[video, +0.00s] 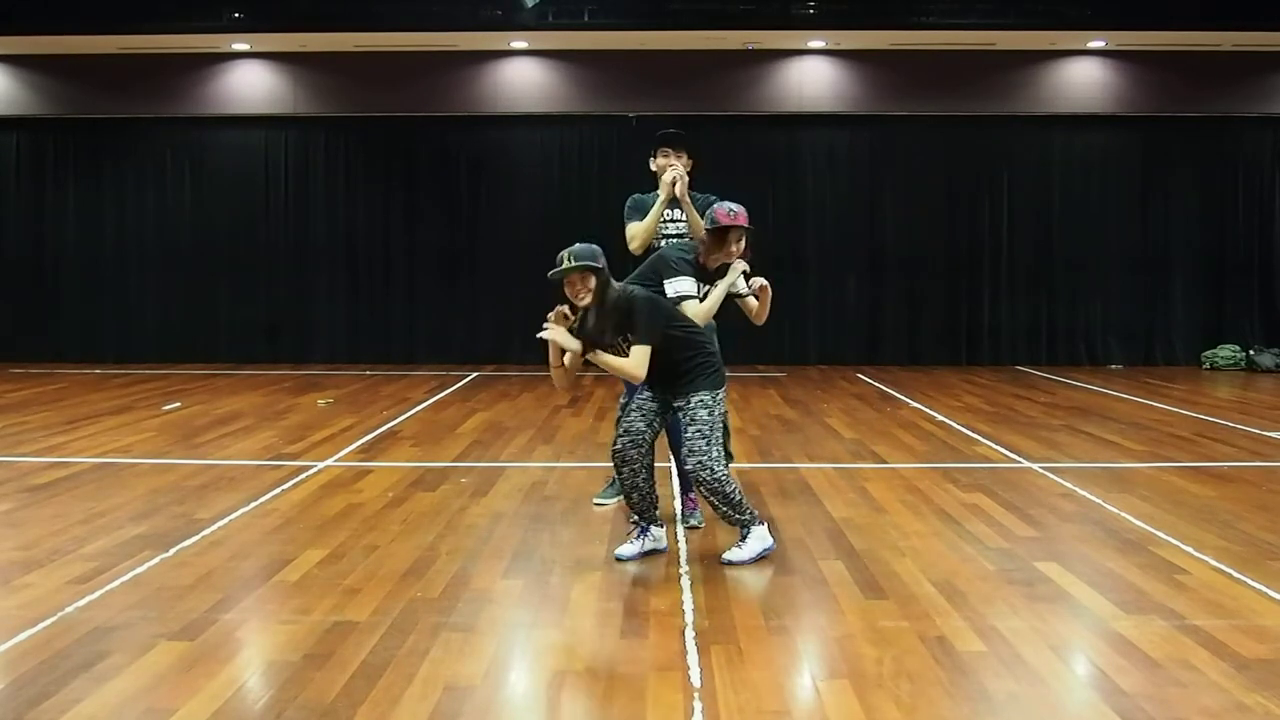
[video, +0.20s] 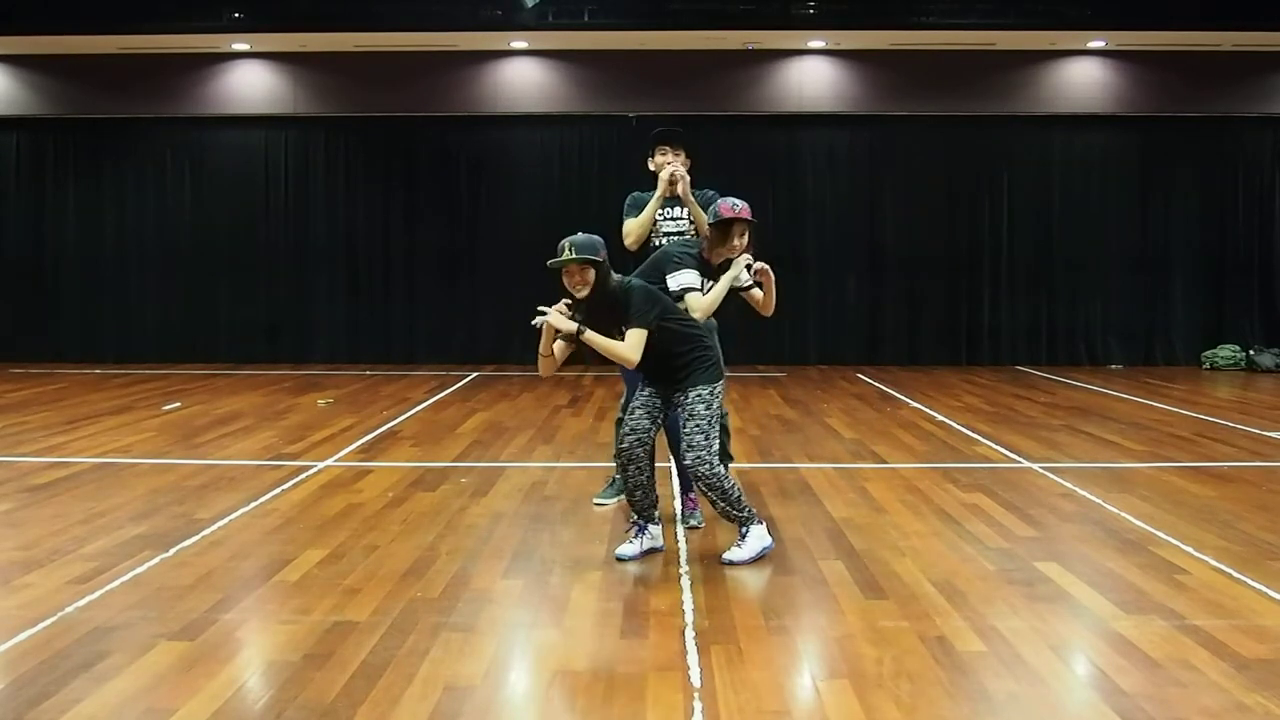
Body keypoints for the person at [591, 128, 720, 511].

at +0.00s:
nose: (671, 164)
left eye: (677, 157)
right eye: (664, 157)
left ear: (690, 164)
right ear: (652, 163)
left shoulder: (704, 204)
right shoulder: (639, 203)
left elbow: (709, 244)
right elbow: (635, 245)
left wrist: (684, 202)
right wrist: (663, 198)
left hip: (694, 309)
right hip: (643, 317)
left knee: (705, 393)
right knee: (634, 395)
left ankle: (711, 463)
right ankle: (624, 474)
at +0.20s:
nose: (670, 161)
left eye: (676, 154)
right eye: (663, 155)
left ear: (688, 161)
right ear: (650, 162)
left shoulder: (707, 199)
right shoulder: (638, 200)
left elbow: (717, 239)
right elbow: (631, 241)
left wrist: (688, 199)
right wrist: (659, 195)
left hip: (698, 310)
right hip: (645, 317)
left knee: (711, 391)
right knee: (635, 395)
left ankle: (718, 465)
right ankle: (624, 472)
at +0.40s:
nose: (671, 166)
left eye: (678, 159)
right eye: (665, 159)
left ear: (691, 167)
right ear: (654, 167)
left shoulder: (702, 205)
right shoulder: (642, 205)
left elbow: (712, 246)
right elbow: (635, 251)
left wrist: (687, 211)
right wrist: (663, 206)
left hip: (692, 315)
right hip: (642, 315)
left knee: (693, 400)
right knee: (634, 397)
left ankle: (699, 477)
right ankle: (624, 473)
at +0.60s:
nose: (671, 164)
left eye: (679, 158)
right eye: (665, 157)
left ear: (693, 166)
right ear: (655, 164)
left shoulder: (705, 204)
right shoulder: (640, 203)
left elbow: (713, 244)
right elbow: (629, 243)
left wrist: (685, 204)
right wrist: (660, 198)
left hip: (685, 323)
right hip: (636, 316)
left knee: (677, 411)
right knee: (633, 401)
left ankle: (688, 493)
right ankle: (624, 475)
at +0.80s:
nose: (671, 164)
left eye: (679, 158)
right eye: (665, 158)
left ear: (692, 166)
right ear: (654, 166)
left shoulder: (705, 207)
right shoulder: (641, 206)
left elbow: (713, 248)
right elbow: (631, 249)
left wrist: (685, 210)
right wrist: (658, 203)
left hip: (690, 317)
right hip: (640, 311)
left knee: (680, 409)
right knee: (634, 398)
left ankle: (688, 492)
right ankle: (624, 474)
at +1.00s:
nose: (672, 165)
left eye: (679, 159)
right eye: (665, 159)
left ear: (693, 166)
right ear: (655, 166)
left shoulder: (707, 208)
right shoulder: (642, 204)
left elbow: (711, 249)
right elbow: (631, 249)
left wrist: (683, 213)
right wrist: (660, 204)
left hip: (686, 323)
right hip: (637, 318)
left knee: (677, 409)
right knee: (633, 400)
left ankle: (687, 493)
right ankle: (624, 475)